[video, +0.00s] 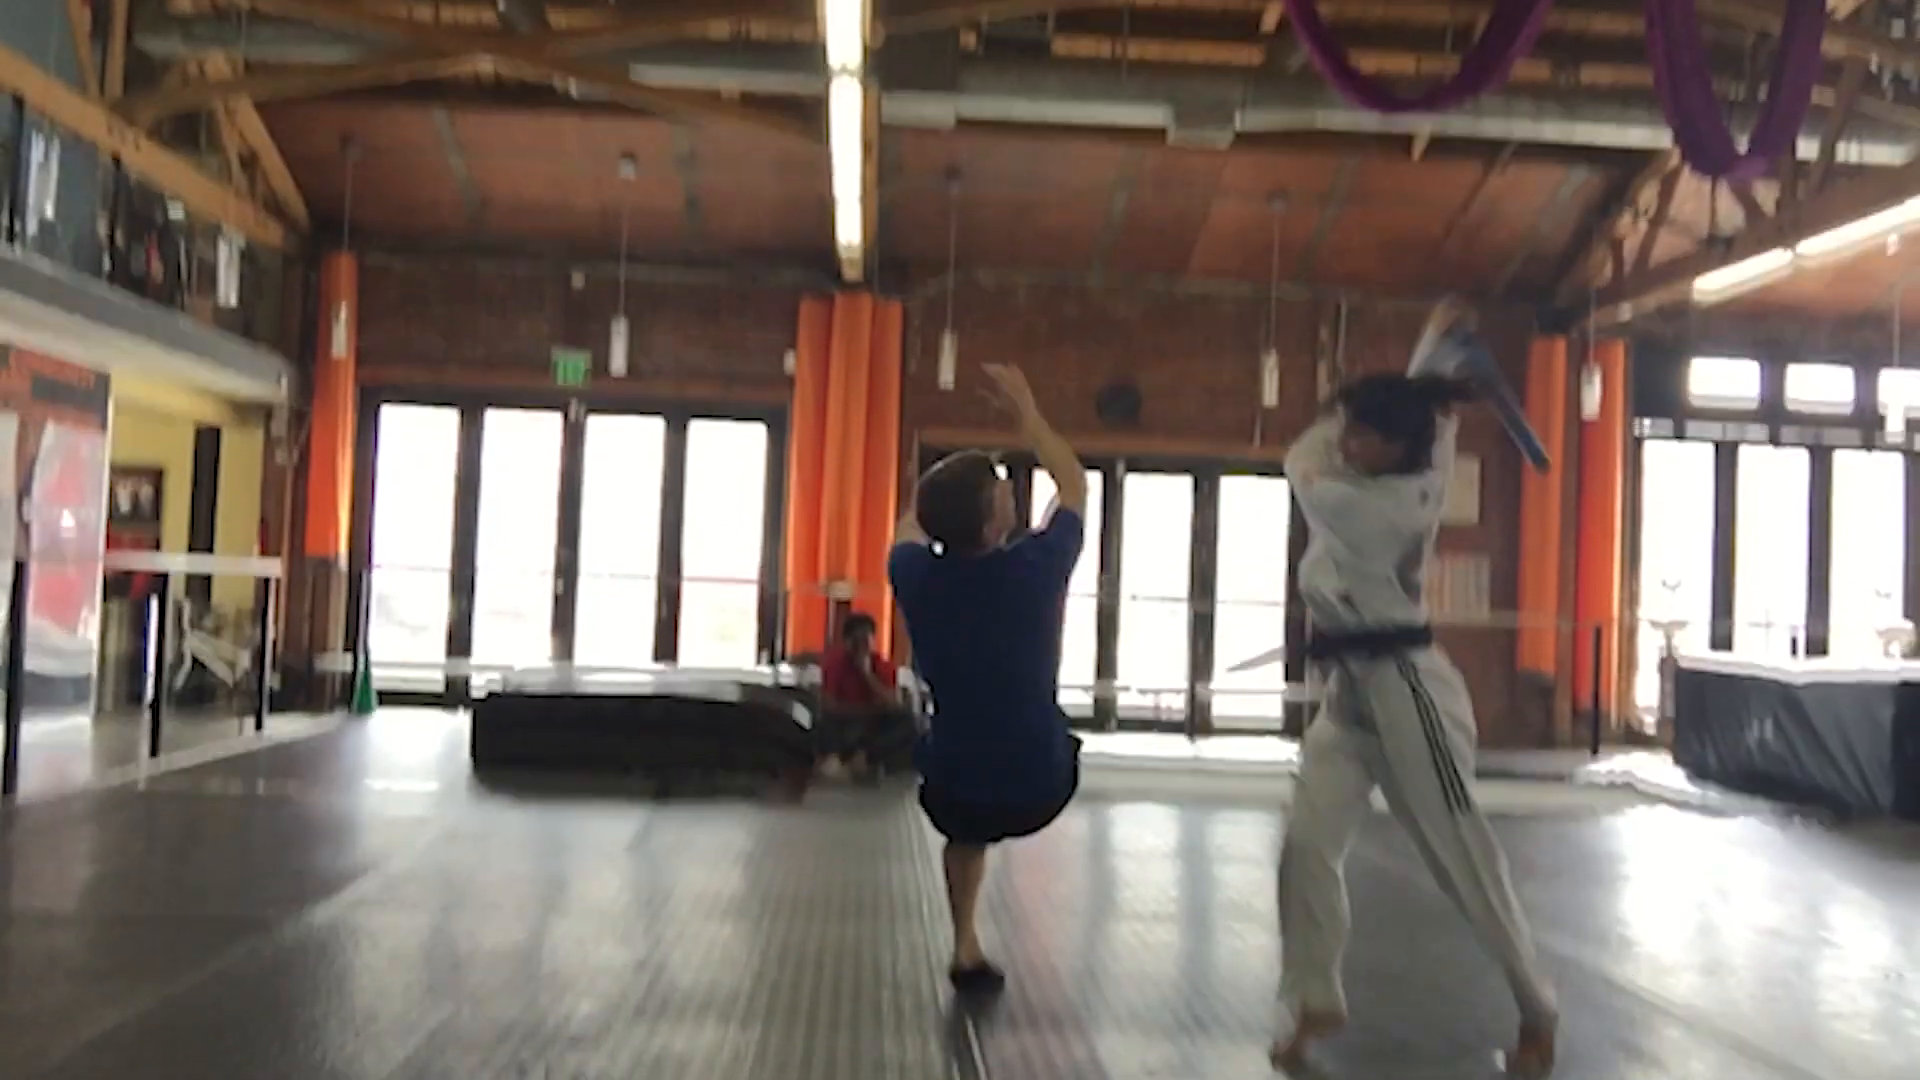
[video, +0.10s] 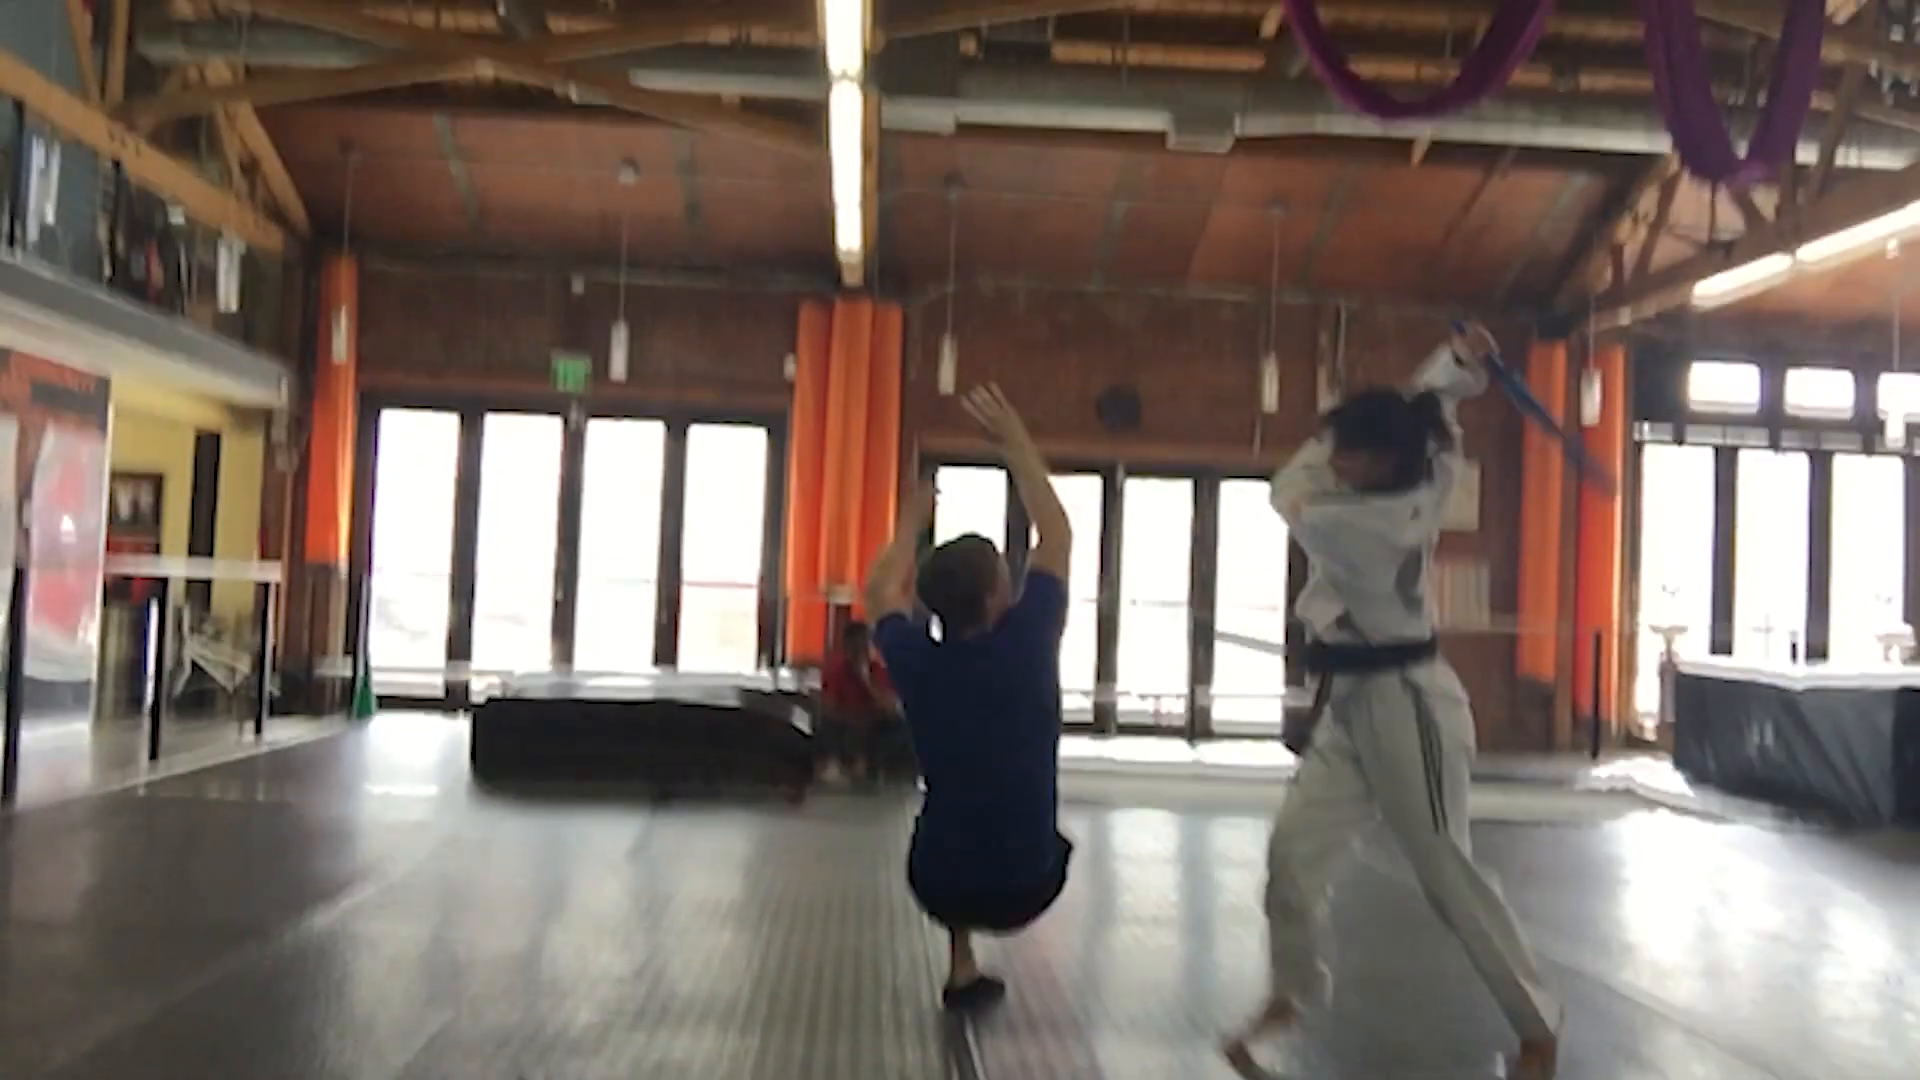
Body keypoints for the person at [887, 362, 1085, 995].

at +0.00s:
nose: (1009, 492)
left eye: (1001, 487)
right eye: (1001, 490)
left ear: (935, 526)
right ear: (991, 521)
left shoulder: (915, 577)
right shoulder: (1039, 567)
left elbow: (909, 528)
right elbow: (1074, 487)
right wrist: (1030, 414)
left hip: (958, 795)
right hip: (1042, 793)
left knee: (965, 826)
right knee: (1032, 720)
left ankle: (966, 945)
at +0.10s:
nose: (1012, 581)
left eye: (1004, 573)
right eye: (1004, 576)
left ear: (935, 606)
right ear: (998, 598)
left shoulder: (917, 666)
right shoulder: (1029, 643)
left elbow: (884, 587)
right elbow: (1055, 536)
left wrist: (912, 515)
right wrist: (1018, 442)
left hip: (945, 887)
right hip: (1027, 892)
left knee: (941, 809)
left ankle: (960, 963)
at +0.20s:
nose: (1013, 692)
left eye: (1007, 682)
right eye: (1006, 683)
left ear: (935, 707)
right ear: (995, 703)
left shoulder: (912, 771)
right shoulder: (1035, 757)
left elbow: (834, 682)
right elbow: (1076, 639)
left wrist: (869, 589)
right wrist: (1021, 571)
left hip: (924, 990)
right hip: (1010, 996)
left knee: (918, 864)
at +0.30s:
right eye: (1012, 806)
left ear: (946, 814)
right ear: (1010, 817)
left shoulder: (897, 887)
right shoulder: (1035, 900)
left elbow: (805, 833)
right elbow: (1121, 802)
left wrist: (832, 729)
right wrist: (1080, 723)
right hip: (1002, 1052)